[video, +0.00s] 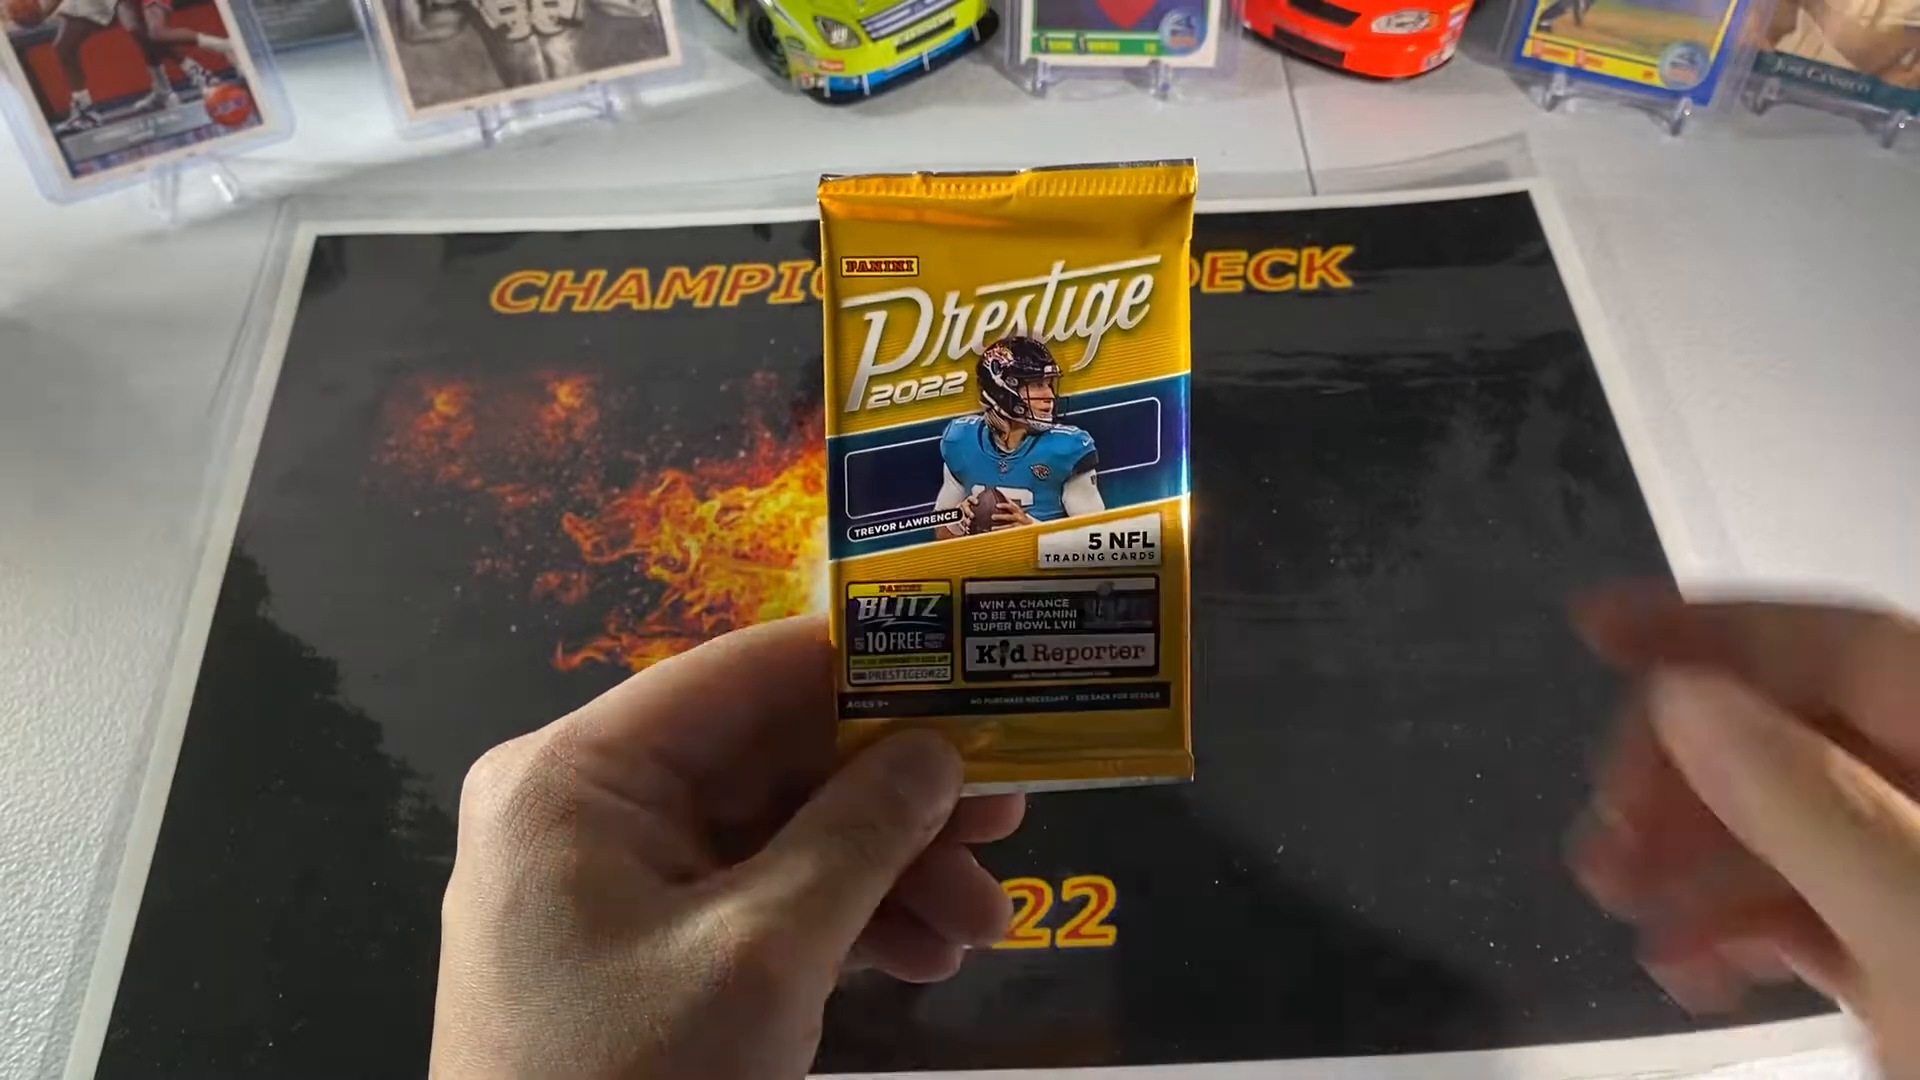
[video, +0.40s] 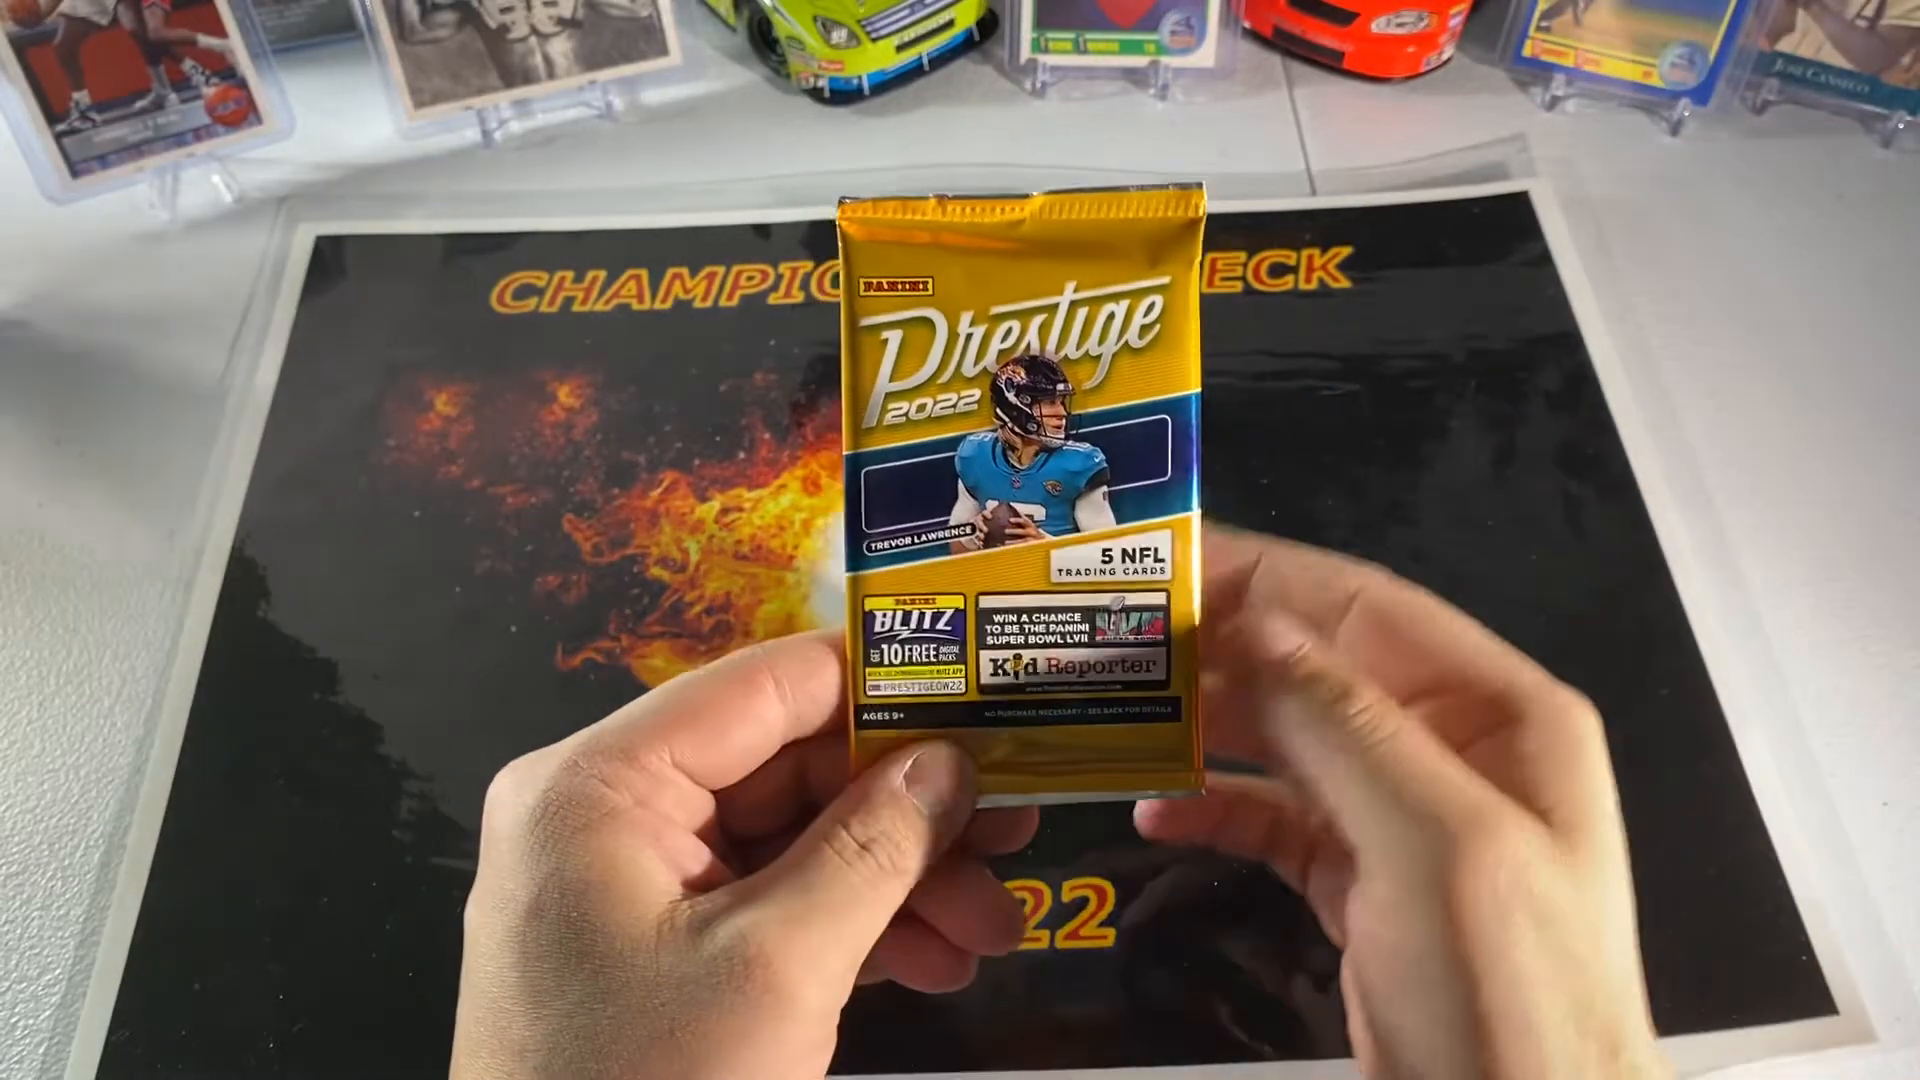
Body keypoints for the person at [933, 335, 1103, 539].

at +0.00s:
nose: (1048, 395)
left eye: (1048, 384)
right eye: (1034, 385)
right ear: (1002, 389)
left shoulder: (1068, 448)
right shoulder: (960, 440)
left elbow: (1096, 534)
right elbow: (942, 531)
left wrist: (1036, 528)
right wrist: (962, 522)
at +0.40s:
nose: (1061, 413)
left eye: (1061, 402)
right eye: (1047, 403)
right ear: (1015, 407)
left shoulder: (1081, 464)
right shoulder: (973, 454)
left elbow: (1106, 548)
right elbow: (957, 546)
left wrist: (1047, 543)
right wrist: (977, 536)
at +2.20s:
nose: (1073, 413)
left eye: (1072, 403)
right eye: (1060, 405)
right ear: (1027, 412)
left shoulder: (1094, 463)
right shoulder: (987, 458)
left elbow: (1124, 546)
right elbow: (974, 549)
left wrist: (1065, 542)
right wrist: (992, 537)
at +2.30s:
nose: (1087, 402)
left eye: (1087, 390)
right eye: (1074, 392)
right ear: (1039, 398)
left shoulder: (1109, 451)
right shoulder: (1001, 445)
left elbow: (1134, 533)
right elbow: (987, 526)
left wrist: (1076, 528)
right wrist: (1005, 522)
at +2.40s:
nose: (1080, 396)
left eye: (1081, 384)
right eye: (1066, 386)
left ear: (1087, 384)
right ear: (1031, 395)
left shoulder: (1100, 446)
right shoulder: (999, 434)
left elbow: (1125, 528)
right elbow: (985, 512)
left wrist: (1069, 522)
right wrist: (1003, 514)